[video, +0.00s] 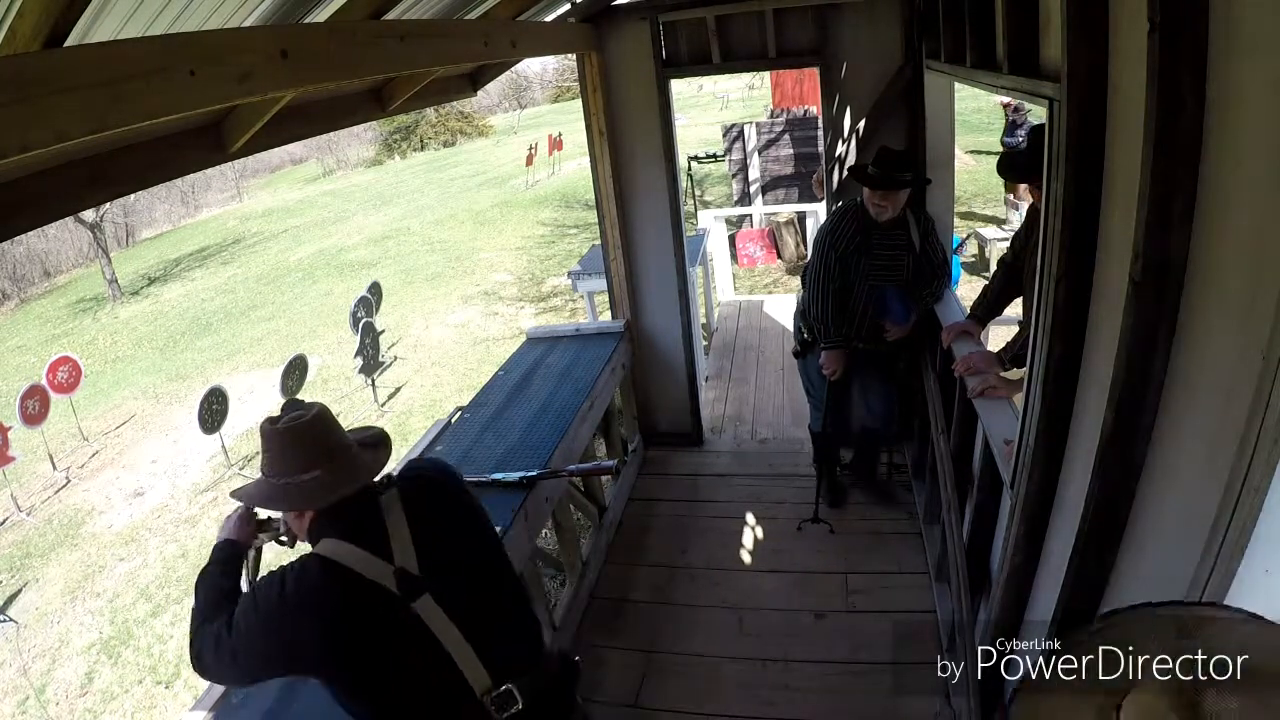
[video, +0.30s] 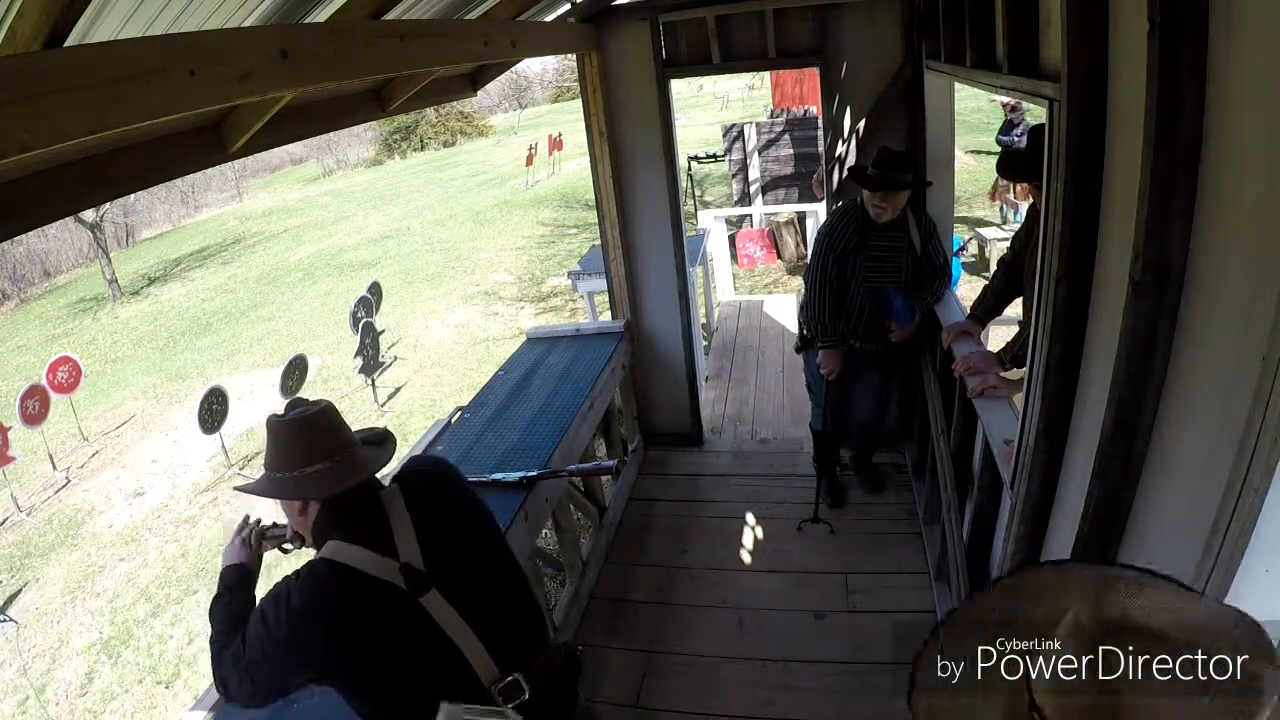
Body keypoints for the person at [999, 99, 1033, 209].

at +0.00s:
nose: (1016, 118)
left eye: (1019, 115)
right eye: (1014, 115)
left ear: (1024, 114)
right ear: (1012, 114)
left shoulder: (1029, 127)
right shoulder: (1011, 125)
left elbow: (1022, 142)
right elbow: (1004, 139)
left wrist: (1004, 141)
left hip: (1024, 163)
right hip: (1010, 161)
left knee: (1021, 194)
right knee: (1010, 193)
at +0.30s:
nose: (1011, 116)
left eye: (1014, 113)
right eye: (1009, 113)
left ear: (1021, 113)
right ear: (1007, 113)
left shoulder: (1027, 127)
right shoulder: (1007, 124)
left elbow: (1023, 143)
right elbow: (998, 139)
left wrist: (1004, 140)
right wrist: (1015, 140)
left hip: (1021, 164)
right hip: (1006, 164)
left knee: (1019, 193)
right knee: (1004, 192)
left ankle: (1019, 220)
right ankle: (1005, 220)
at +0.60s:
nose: (1005, 121)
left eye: (1007, 118)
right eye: (1003, 118)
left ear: (1013, 116)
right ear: (1002, 117)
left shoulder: (1022, 129)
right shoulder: (998, 129)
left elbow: (1021, 145)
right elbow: (992, 145)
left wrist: (999, 146)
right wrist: (1011, 143)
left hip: (1017, 167)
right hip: (1000, 166)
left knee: (1017, 195)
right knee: (998, 194)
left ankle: (1019, 222)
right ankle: (997, 222)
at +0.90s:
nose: (993, 123)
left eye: (995, 120)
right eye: (992, 120)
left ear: (1001, 118)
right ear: (991, 119)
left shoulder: (1010, 130)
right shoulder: (987, 131)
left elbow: (1009, 148)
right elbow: (982, 147)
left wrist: (988, 148)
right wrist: (1001, 146)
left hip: (1005, 169)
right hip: (990, 168)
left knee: (1003, 197)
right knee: (991, 197)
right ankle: (994, 222)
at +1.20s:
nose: (984, 130)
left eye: (986, 127)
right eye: (982, 127)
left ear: (992, 125)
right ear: (980, 126)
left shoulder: (1001, 137)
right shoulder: (978, 136)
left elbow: (995, 155)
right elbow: (971, 153)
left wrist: (974, 154)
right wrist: (988, 153)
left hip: (995, 177)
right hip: (980, 176)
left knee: (993, 205)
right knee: (982, 205)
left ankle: (994, 227)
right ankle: (985, 225)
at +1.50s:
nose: (975, 131)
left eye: (978, 128)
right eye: (974, 128)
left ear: (986, 126)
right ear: (973, 127)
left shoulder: (992, 139)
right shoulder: (970, 136)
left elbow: (986, 159)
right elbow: (961, 153)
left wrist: (970, 155)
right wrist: (976, 153)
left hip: (983, 178)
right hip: (968, 176)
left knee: (980, 209)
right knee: (965, 208)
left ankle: (979, 229)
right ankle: (968, 227)